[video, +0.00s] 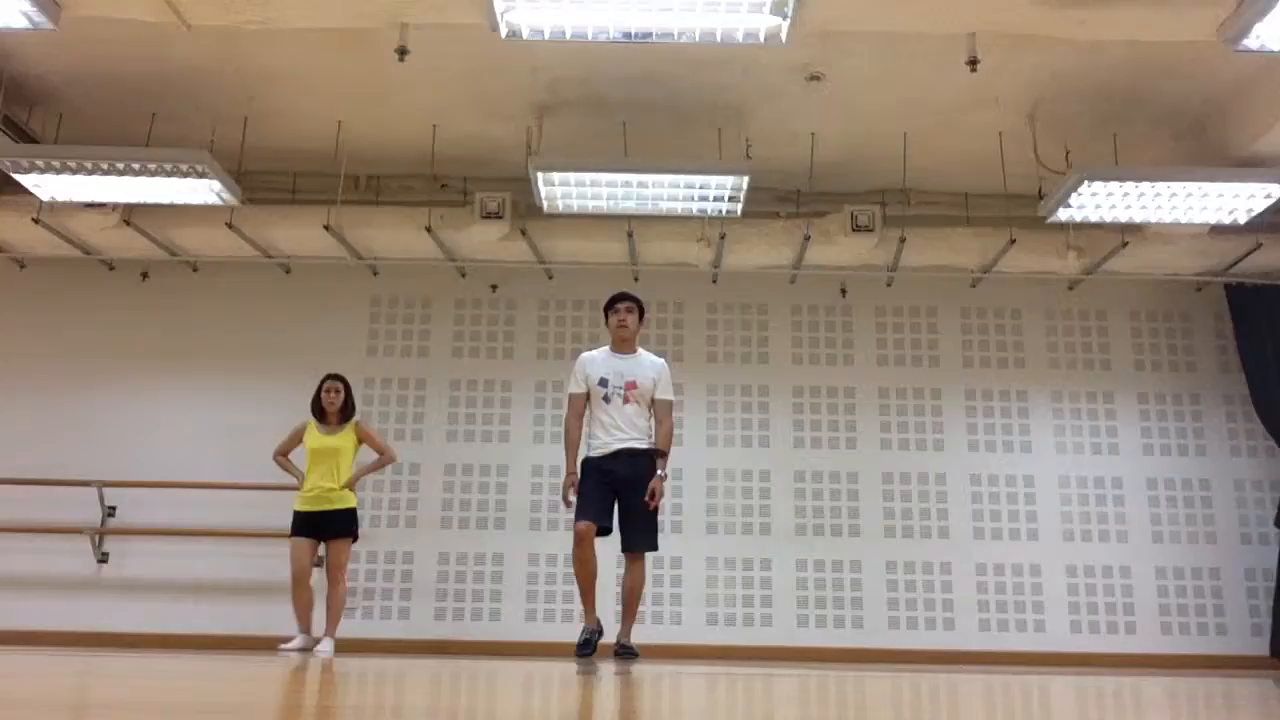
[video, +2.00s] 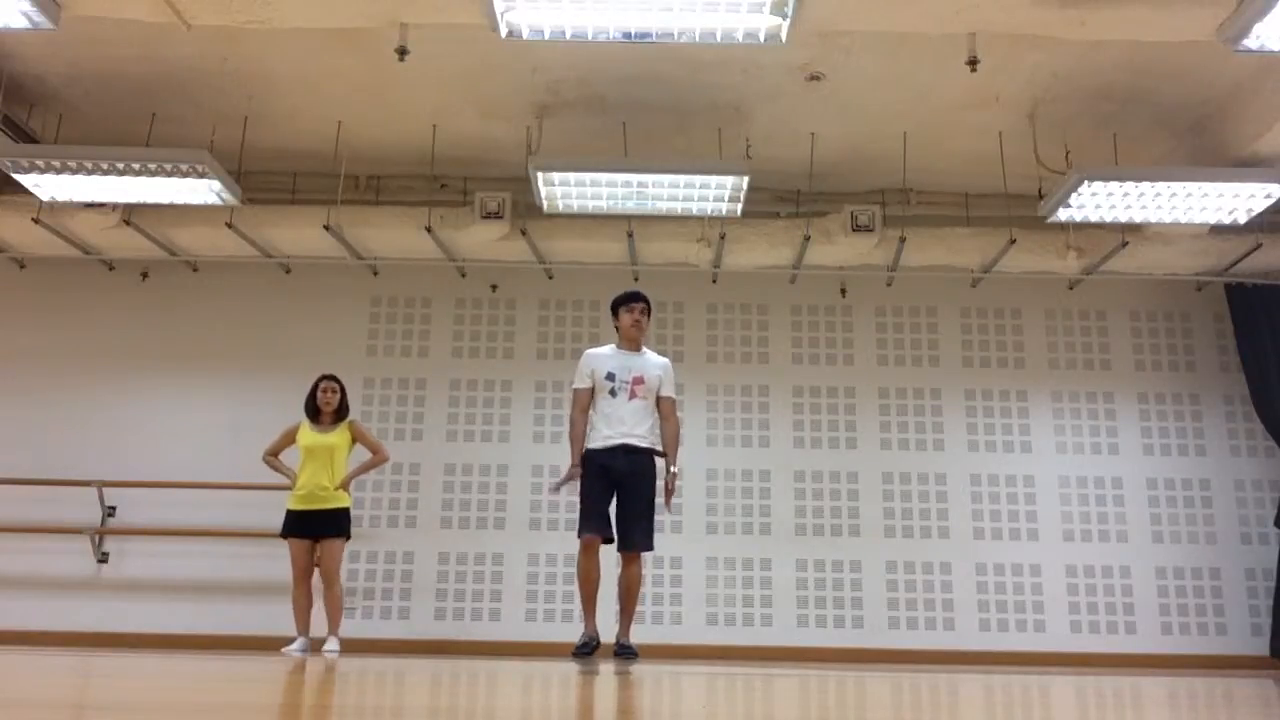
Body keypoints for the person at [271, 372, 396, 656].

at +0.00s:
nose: (331, 396)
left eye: (337, 391)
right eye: (327, 391)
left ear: (346, 397)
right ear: (319, 396)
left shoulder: (356, 428)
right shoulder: (308, 428)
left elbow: (390, 455)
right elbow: (278, 455)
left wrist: (357, 476)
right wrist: (300, 476)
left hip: (340, 506)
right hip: (307, 506)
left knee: (336, 575)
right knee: (299, 572)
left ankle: (328, 638)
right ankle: (304, 635)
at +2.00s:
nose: (328, 395)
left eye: (334, 391)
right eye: (323, 391)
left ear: (341, 397)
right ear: (315, 395)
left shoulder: (350, 427)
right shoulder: (301, 428)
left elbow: (383, 455)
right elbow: (268, 455)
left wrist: (350, 477)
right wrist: (292, 475)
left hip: (333, 506)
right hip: (300, 505)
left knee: (330, 576)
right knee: (300, 577)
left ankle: (333, 636)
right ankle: (302, 637)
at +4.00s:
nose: (341, 396)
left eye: (346, 393)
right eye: (335, 392)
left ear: (352, 399)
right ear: (325, 396)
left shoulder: (358, 428)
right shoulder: (311, 428)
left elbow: (393, 455)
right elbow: (278, 455)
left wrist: (360, 479)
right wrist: (301, 476)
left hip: (342, 506)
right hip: (310, 505)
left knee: (336, 575)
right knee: (312, 575)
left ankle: (333, 638)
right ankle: (315, 637)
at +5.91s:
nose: (336, 395)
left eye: (342, 391)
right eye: (331, 391)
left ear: (351, 397)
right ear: (324, 396)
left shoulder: (360, 426)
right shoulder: (312, 427)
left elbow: (392, 454)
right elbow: (279, 454)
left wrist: (359, 477)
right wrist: (301, 476)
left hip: (343, 507)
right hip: (310, 506)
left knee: (338, 577)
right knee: (313, 578)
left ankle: (331, 638)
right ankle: (315, 637)